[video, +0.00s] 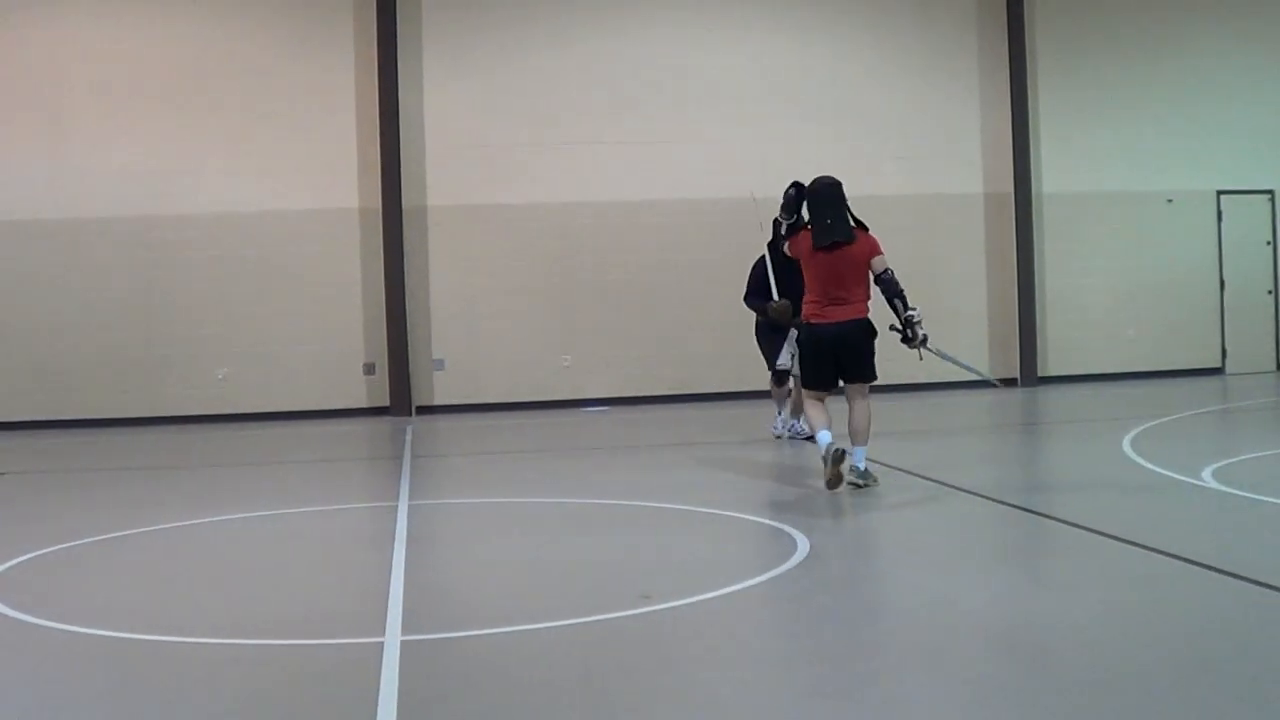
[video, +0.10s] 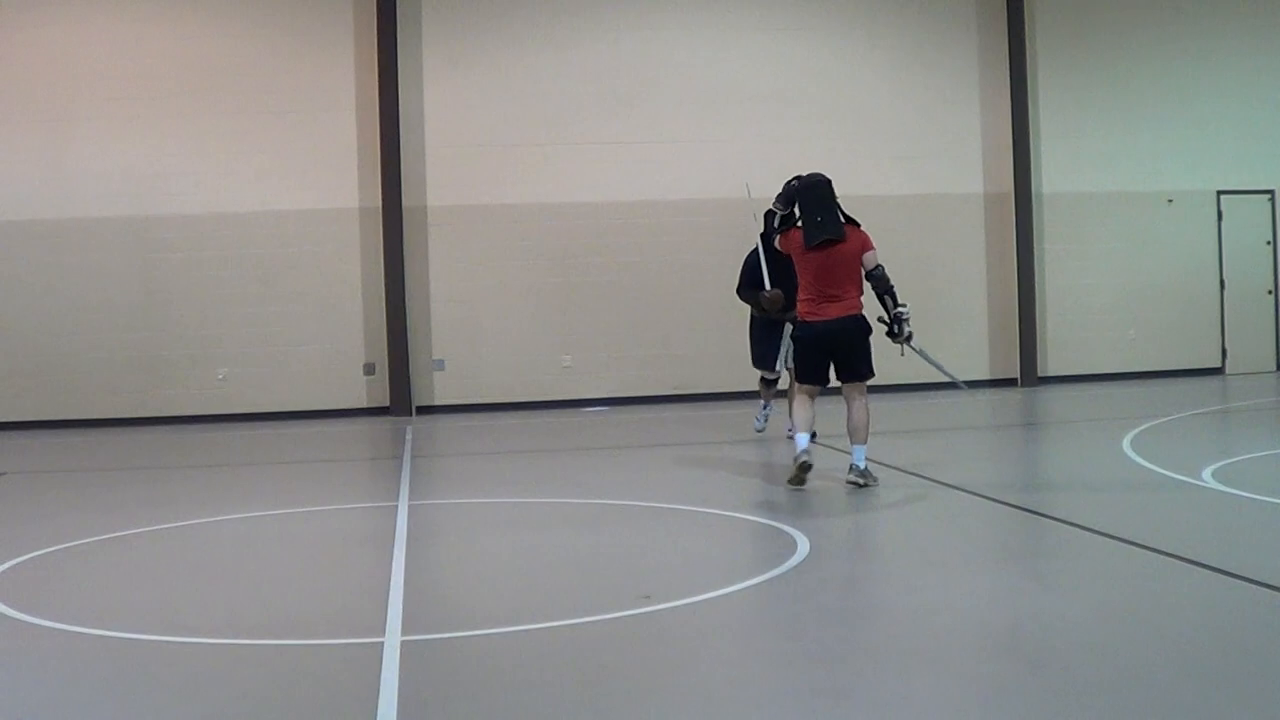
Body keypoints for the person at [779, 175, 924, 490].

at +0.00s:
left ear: (812, 207)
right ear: (843, 203)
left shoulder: (804, 241)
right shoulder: (863, 240)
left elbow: (783, 247)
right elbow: (888, 282)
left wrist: (786, 216)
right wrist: (909, 318)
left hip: (816, 333)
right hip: (856, 330)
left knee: (814, 396)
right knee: (858, 395)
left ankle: (828, 447)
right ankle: (859, 467)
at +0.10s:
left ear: (804, 207)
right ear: (834, 202)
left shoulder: (796, 240)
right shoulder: (856, 235)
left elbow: (773, 232)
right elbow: (878, 278)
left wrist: (784, 201)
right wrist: (896, 314)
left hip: (810, 330)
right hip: (851, 327)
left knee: (804, 392)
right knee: (856, 394)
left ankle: (802, 451)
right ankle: (858, 465)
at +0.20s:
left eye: (790, 201)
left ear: (790, 204)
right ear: (822, 199)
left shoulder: (784, 242)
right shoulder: (844, 235)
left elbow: (765, 252)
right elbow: (867, 278)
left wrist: (780, 225)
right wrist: (884, 312)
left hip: (801, 330)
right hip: (842, 328)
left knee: (794, 394)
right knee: (851, 394)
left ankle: (775, 461)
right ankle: (857, 466)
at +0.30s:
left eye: (778, 203)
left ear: (777, 206)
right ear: (809, 202)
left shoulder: (772, 247)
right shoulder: (829, 239)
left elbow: (755, 276)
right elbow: (852, 281)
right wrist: (870, 315)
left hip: (789, 335)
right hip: (829, 332)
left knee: (783, 399)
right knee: (844, 396)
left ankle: (765, 465)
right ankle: (856, 466)